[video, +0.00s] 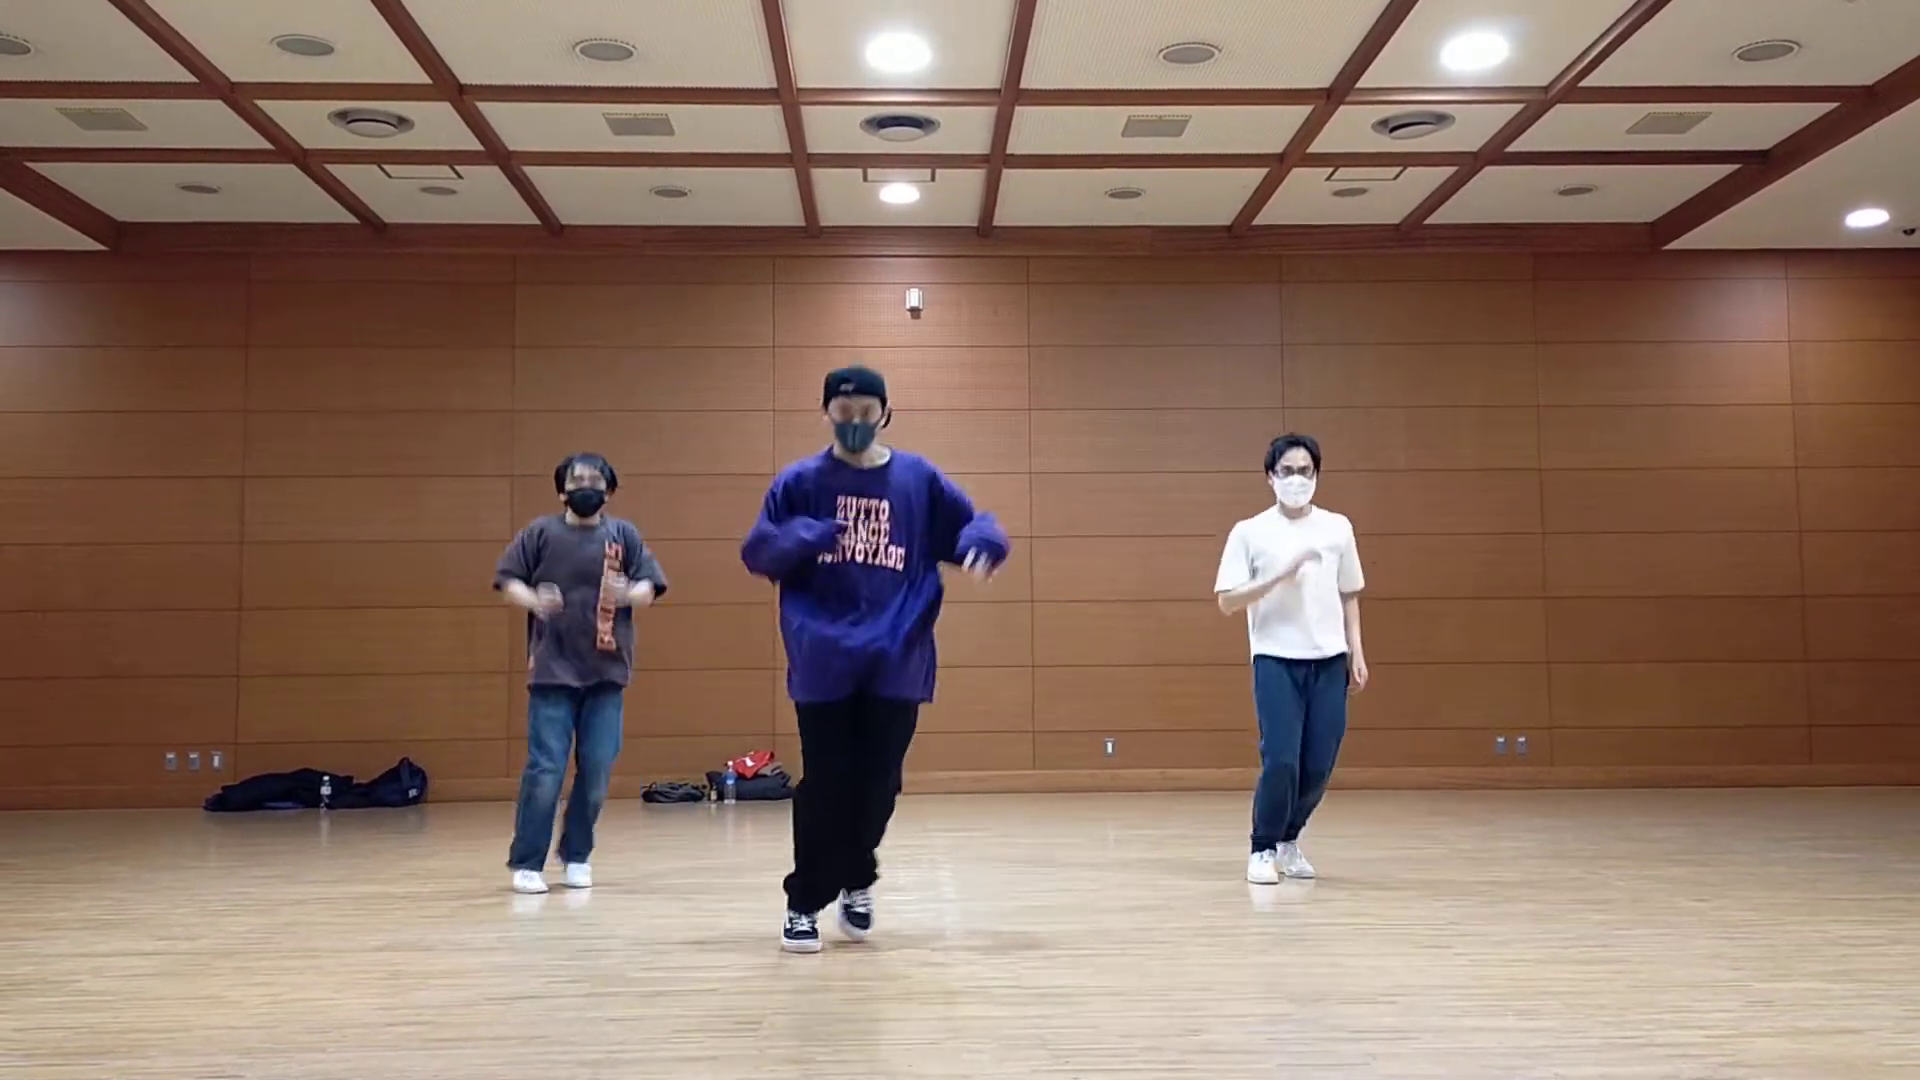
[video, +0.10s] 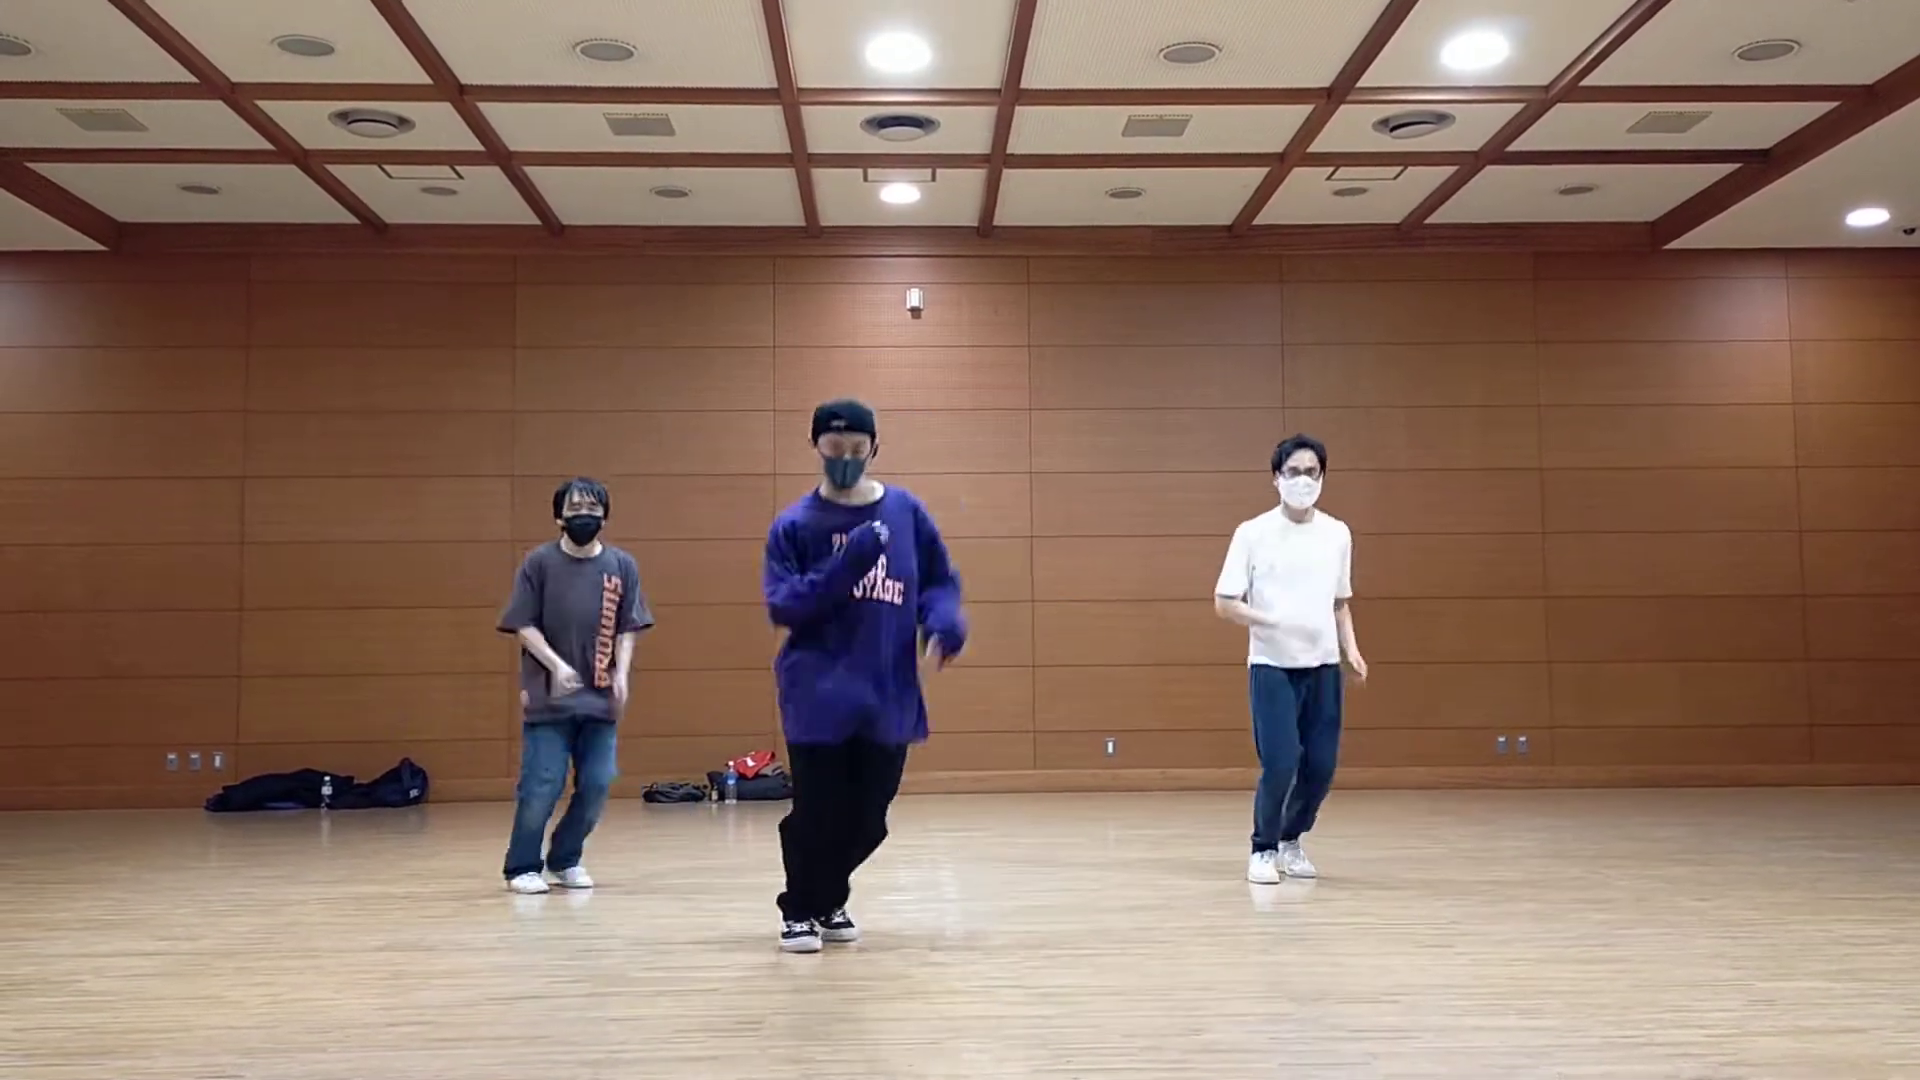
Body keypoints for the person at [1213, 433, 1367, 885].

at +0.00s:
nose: (1297, 479)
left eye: (1305, 471)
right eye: (1288, 472)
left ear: (1316, 477)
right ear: (1271, 478)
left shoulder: (1338, 528)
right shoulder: (1248, 533)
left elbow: (1350, 597)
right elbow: (1228, 602)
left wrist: (1356, 652)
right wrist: (1281, 576)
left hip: (1330, 659)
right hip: (1275, 660)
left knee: (1319, 764)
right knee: (1282, 757)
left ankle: (1287, 841)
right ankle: (1263, 851)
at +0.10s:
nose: (1304, 480)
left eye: (1312, 473)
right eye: (1294, 472)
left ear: (1322, 479)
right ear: (1276, 479)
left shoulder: (1337, 533)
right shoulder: (1251, 534)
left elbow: (1341, 603)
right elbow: (1225, 602)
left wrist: (1351, 648)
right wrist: (1259, 617)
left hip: (1324, 666)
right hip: (1272, 665)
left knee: (1321, 765)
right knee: (1282, 761)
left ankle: (1289, 842)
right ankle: (1263, 851)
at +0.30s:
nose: (1339, 470)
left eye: (1349, 463)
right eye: (1331, 461)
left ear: (1359, 471)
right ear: (1313, 462)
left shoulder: (1355, 522)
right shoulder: (1280, 511)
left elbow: (1341, 583)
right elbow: (1230, 566)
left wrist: (1349, 604)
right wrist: (1219, 629)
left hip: (1317, 648)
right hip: (1268, 644)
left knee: (1351, 732)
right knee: (1265, 745)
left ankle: (1371, 837)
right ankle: (1229, 843)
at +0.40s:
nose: (1356, 502)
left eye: (1366, 494)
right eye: (1347, 491)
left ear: (1375, 503)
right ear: (1330, 493)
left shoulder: (1366, 555)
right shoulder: (1295, 532)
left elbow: (1346, 625)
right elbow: (1225, 561)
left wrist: (1361, 621)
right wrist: (1217, 624)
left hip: (1312, 673)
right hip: (1266, 661)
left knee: (1365, 750)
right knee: (1269, 761)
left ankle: (1413, 844)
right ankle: (1215, 850)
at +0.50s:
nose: (1368, 529)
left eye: (1378, 521)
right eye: (1359, 518)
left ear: (1388, 528)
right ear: (1342, 521)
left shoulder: (1379, 582)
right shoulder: (1307, 553)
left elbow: (1364, 657)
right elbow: (1234, 562)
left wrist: (1380, 640)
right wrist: (1237, 626)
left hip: (1322, 687)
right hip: (1274, 678)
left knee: (1383, 746)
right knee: (1286, 782)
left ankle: (1419, 852)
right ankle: (1217, 851)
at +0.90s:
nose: (1407, 458)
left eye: (1415, 449)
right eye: (1397, 451)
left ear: (1432, 453)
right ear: (1385, 457)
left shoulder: (1465, 509)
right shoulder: (1367, 510)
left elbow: (1486, 574)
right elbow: (1330, 573)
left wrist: (1470, 630)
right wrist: (1319, 544)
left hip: (1446, 642)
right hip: (1388, 644)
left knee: (1454, 738)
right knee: (1405, 746)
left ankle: (1451, 845)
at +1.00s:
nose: (1415, 477)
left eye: (1423, 468)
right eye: (1406, 470)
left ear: (1441, 471)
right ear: (1395, 477)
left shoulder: (1478, 522)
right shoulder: (1385, 533)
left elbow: (1507, 586)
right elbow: (1373, 606)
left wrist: (1488, 602)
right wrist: (1335, 591)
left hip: (1473, 655)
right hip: (1416, 664)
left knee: (1478, 741)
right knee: (1446, 764)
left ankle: (1508, 840)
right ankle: (1494, 842)